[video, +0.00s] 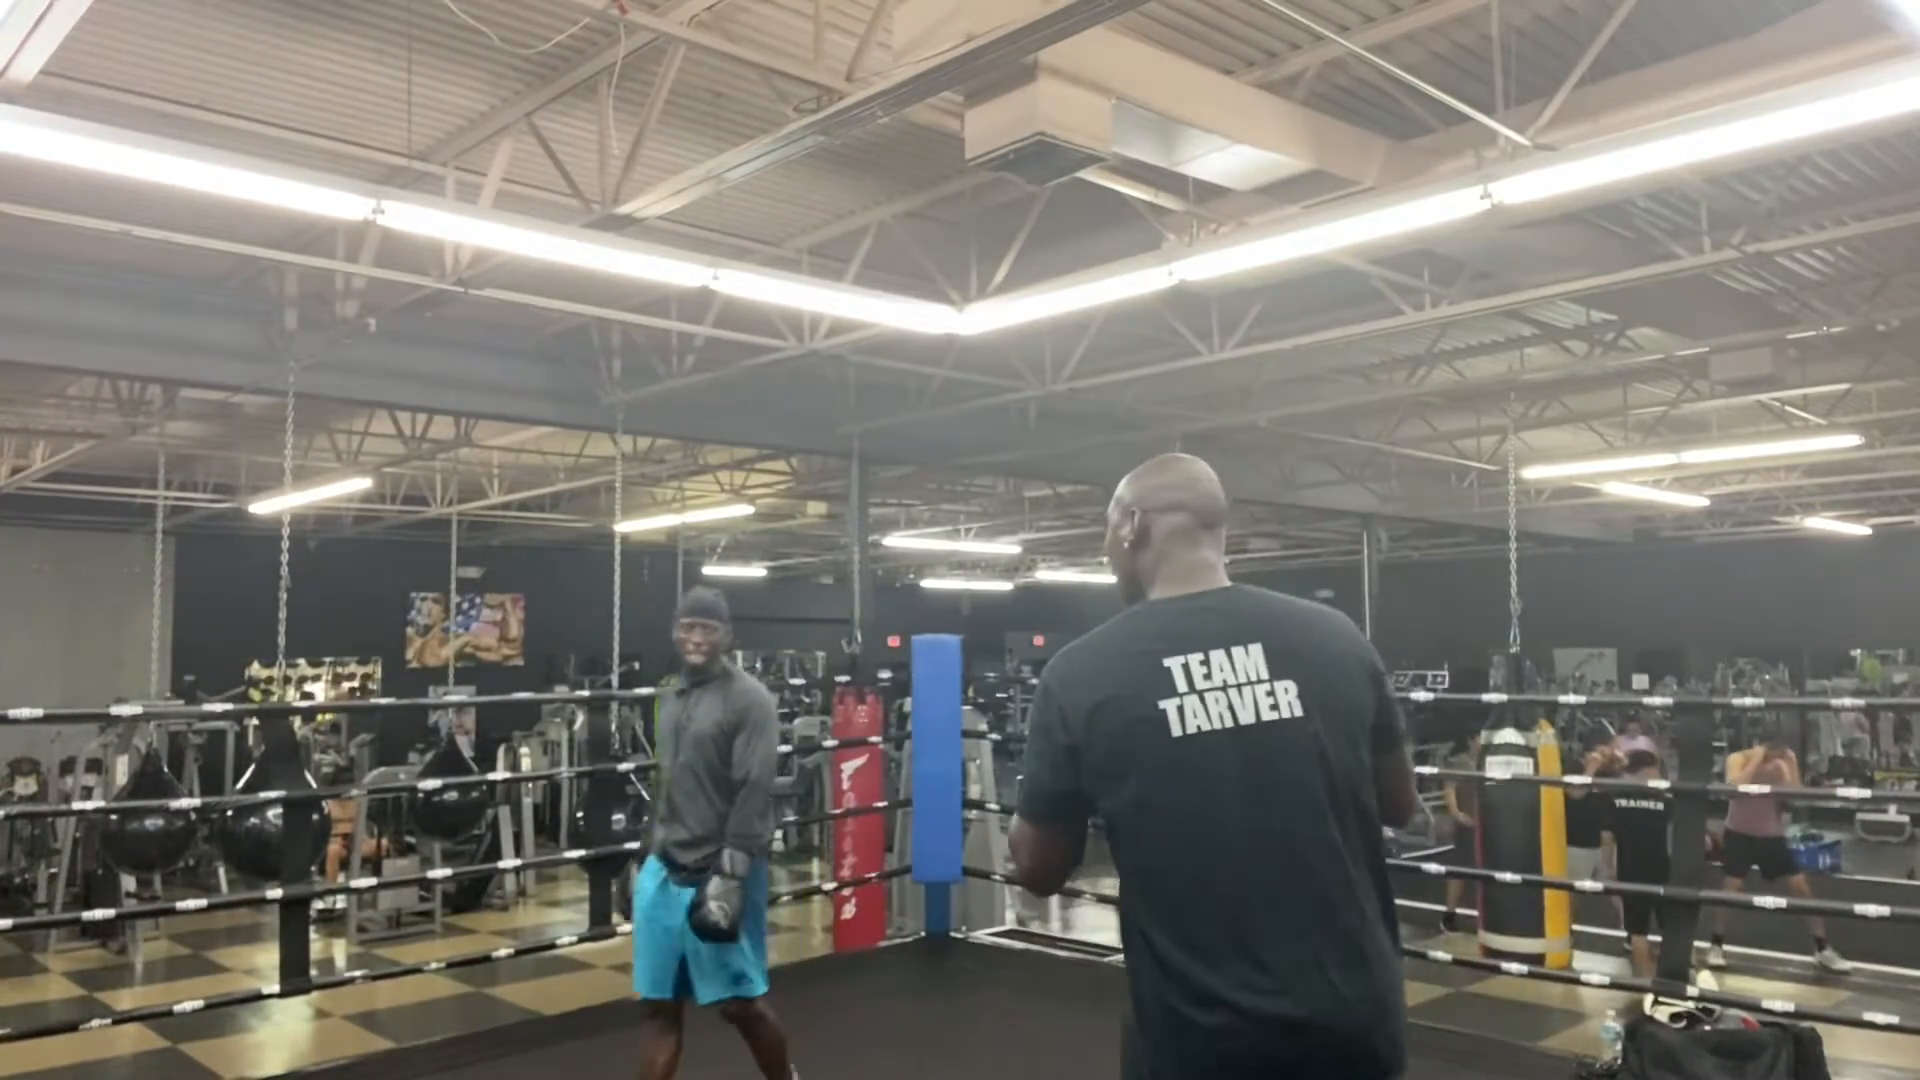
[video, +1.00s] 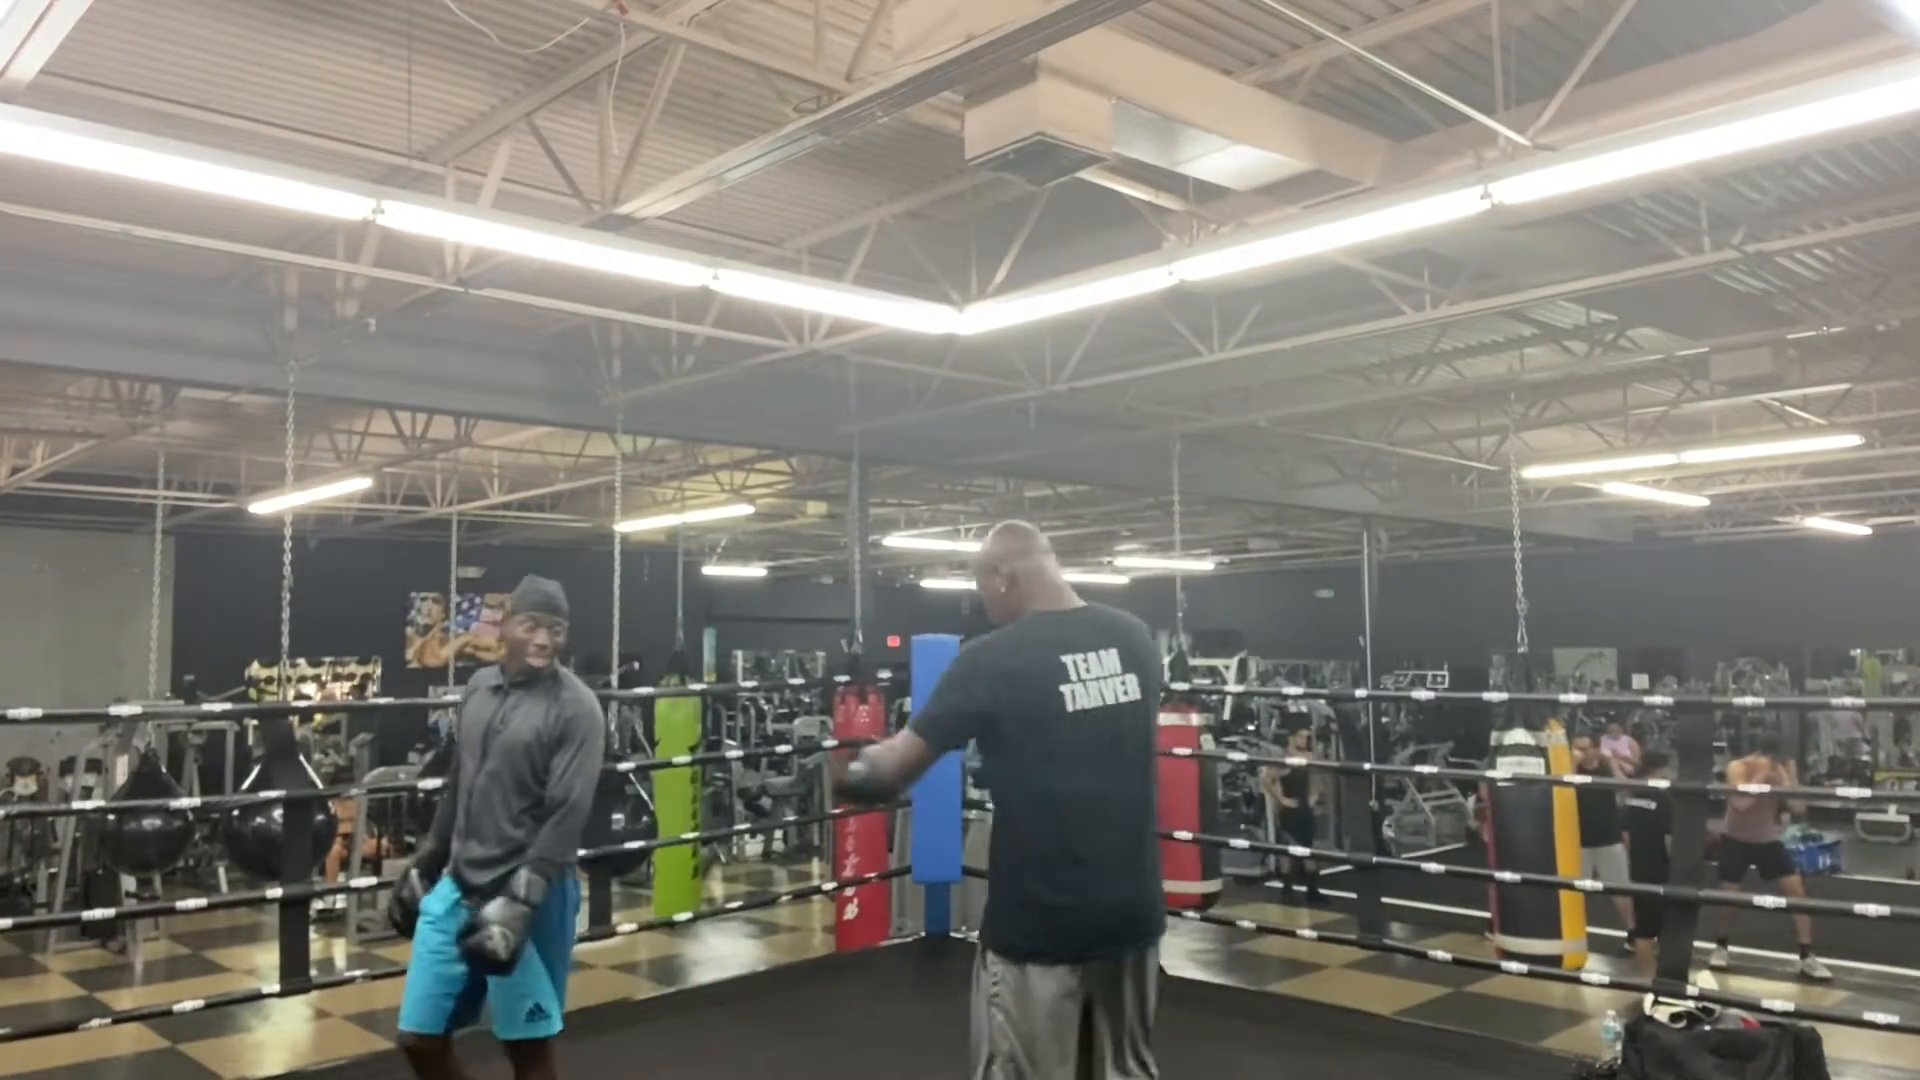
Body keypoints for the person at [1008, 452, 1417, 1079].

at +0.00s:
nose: (1107, 548)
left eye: (1109, 528)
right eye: (1107, 530)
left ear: (1133, 528)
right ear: (1220, 529)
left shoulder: (1079, 675)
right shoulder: (1336, 636)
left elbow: (1040, 870)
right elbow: (1399, 801)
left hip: (1192, 1028)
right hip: (1354, 1014)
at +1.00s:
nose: (984, 608)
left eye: (982, 590)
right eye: (981, 592)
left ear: (1004, 576)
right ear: (1055, 566)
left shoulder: (989, 660)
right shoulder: (1134, 635)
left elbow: (896, 765)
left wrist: (861, 766)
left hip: (1036, 918)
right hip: (1133, 909)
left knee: (1021, 1068)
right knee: (1127, 1066)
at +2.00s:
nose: (844, 592)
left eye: (855, 581)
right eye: (846, 582)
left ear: (895, 587)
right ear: (901, 589)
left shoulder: (886, 665)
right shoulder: (951, 645)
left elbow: (872, 775)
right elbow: (936, 746)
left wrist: (822, 744)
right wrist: (862, 723)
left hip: (898, 874)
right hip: (965, 864)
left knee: (863, 1013)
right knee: (968, 1013)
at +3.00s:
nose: (814, 605)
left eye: (825, 596)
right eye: (806, 597)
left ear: (845, 606)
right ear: (792, 606)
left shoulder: (876, 671)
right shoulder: (770, 669)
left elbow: (913, 750)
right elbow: (749, 736)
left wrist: (858, 754)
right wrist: (735, 737)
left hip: (851, 856)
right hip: (781, 849)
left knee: (854, 982)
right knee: (786, 978)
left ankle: (873, 1058)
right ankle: (818, 1068)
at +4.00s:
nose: (936, 586)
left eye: (941, 575)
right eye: (922, 575)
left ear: (950, 582)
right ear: (893, 582)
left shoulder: (979, 656)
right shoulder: (849, 652)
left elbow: (1011, 747)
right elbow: (809, 737)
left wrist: (986, 740)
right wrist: (851, 741)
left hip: (944, 864)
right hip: (859, 862)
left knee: (943, 1006)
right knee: (862, 1007)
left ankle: (939, 1079)